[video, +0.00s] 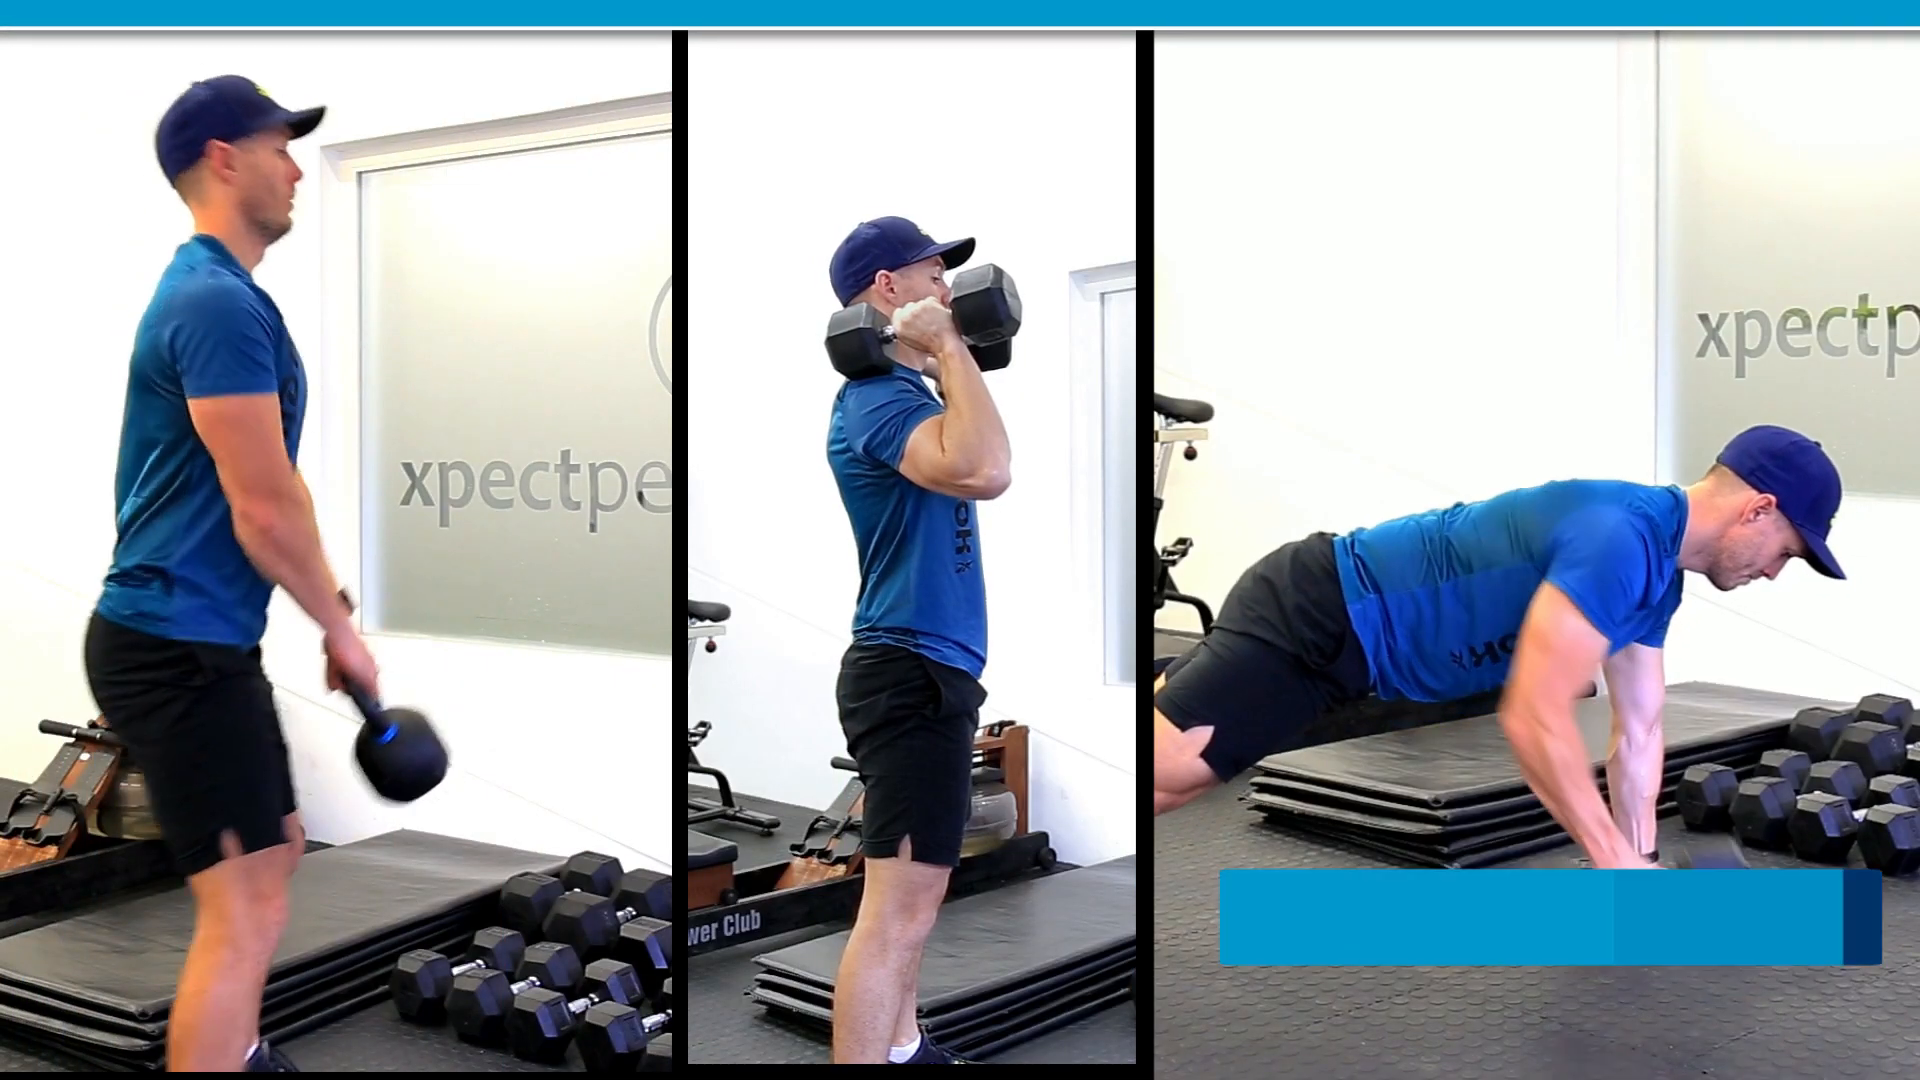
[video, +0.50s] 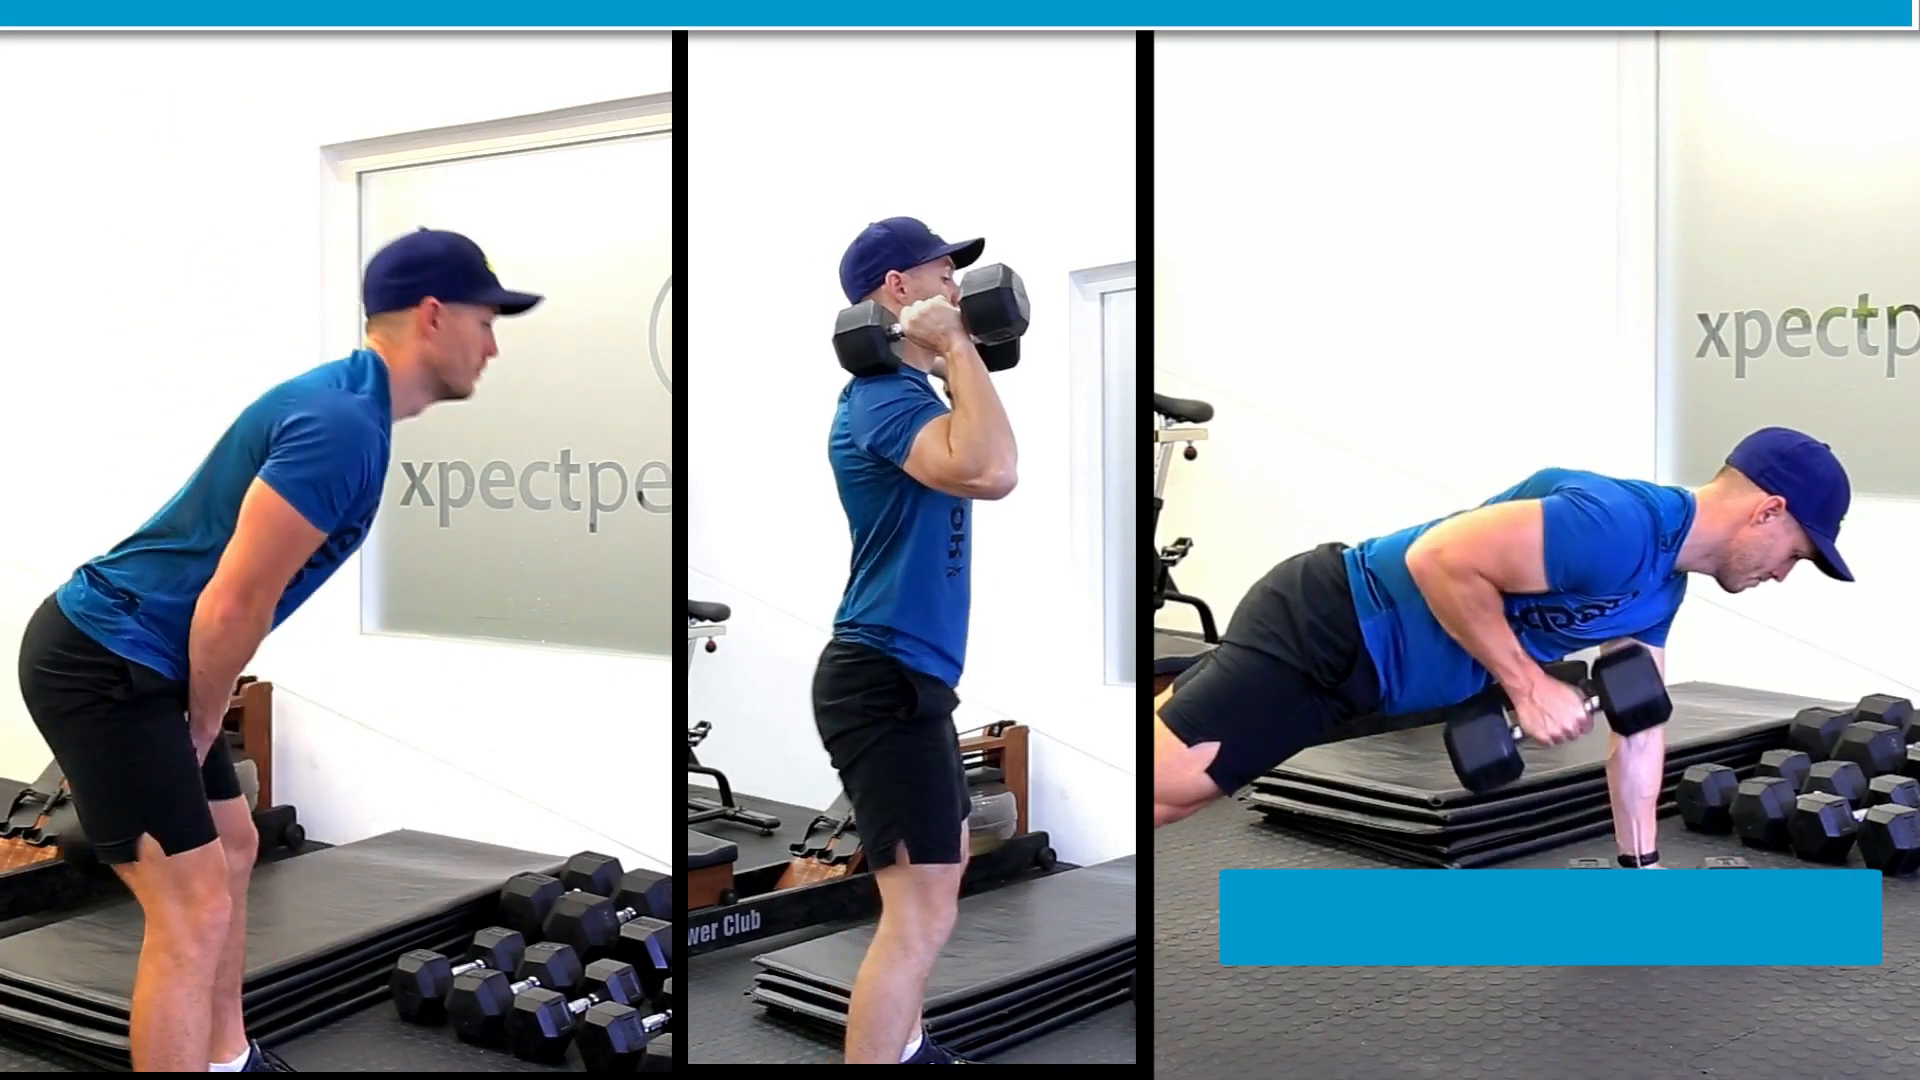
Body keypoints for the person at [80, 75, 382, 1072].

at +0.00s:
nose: (299, 167)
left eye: (293, 148)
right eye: (281, 146)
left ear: (223, 164)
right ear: (222, 160)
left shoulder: (226, 293)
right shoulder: (214, 301)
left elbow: (272, 497)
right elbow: (262, 509)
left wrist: (336, 618)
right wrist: (339, 629)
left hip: (204, 636)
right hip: (171, 642)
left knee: (274, 847)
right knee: (240, 904)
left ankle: (224, 1040)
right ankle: (208, 1068)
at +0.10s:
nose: (347, 202)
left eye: (346, 183)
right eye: (332, 180)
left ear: (275, 189)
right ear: (272, 184)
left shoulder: (259, 322)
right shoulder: (240, 328)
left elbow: (270, 524)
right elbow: (246, 545)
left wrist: (304, 644)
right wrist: (302, 664)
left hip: (179, 649)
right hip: (141, 653)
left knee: (250, 852)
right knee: (219, 910)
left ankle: (216, 1053)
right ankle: (195, 1074)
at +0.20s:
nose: (375, 222)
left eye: (373, 202)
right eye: (360, 200)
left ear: (302, 209)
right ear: (297, 203)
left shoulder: (277, 340)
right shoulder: (255, 342)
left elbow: (270, 539)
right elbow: (242, 552)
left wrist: (287, 669)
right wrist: (286, 682)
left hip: (167, 653)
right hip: (126, 657)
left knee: (241, 855)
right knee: (209, 912)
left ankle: (215, 1053)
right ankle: (187, 1073)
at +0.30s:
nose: (429, 267)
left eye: (427, 246)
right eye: (414, 244)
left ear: (356, 249)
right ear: (354, 244)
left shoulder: (310, 370)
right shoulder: (291, 373)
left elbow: (264, 563)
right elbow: (240, 579)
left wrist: (256, 699)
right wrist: (256, 712)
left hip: (144, 654)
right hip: (105, 653)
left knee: (210, 894)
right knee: (185, 912)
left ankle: (219, 1061)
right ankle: (178, 1074)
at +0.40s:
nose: (470, 314)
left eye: (469, 292)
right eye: (458, 289)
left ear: (396, 290)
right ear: (398, 286)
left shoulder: (334, 395)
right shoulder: (322, 404)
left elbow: (248, 587)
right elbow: (235, 602)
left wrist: (222, 711)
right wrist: (224, 726)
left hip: (150, 658)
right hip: (102, 657)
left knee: (223, 850)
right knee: (182, 914)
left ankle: (222, 1057)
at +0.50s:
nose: (495, 345)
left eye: (496, 322)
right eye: (486, 319)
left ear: (426, 319)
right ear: (430, 316)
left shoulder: (352, 414)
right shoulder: (341, 424)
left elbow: (243, 596)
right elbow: (231, 604)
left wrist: (202, 720)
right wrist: (198, 736)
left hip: (153, 651)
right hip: (101, 654)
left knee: (232, 846)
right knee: (192, 908)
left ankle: (224, 1059)